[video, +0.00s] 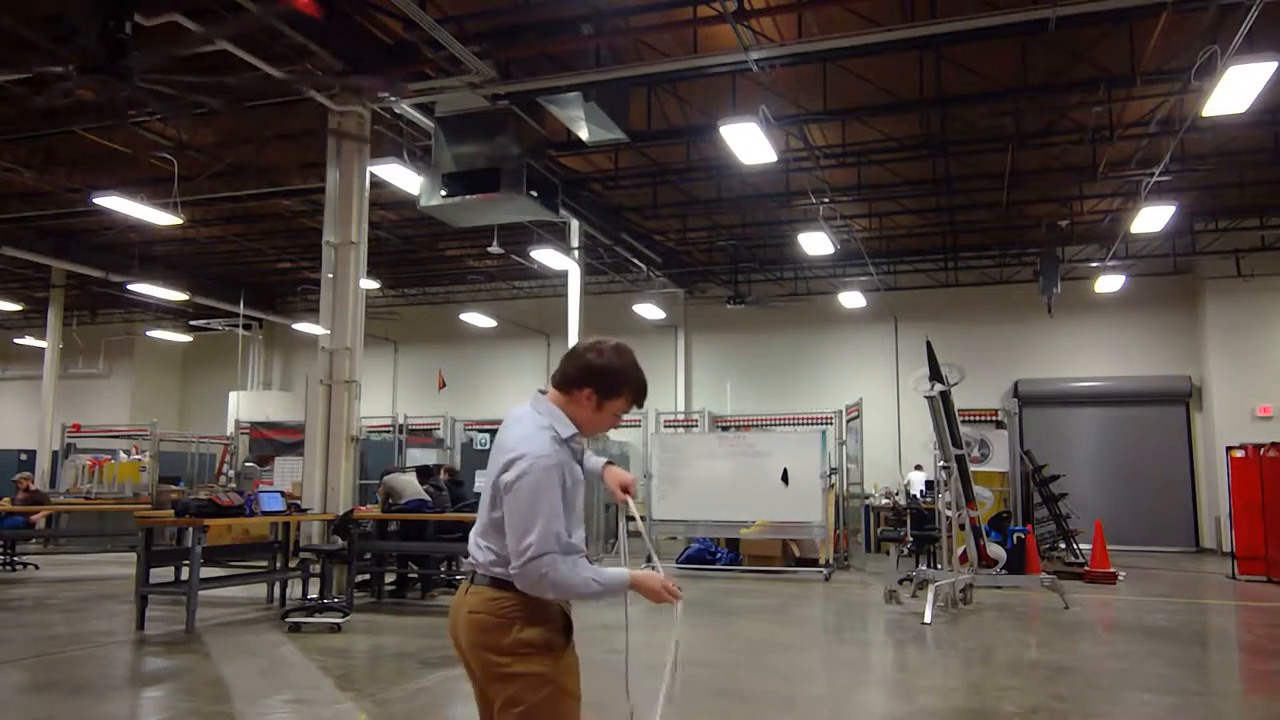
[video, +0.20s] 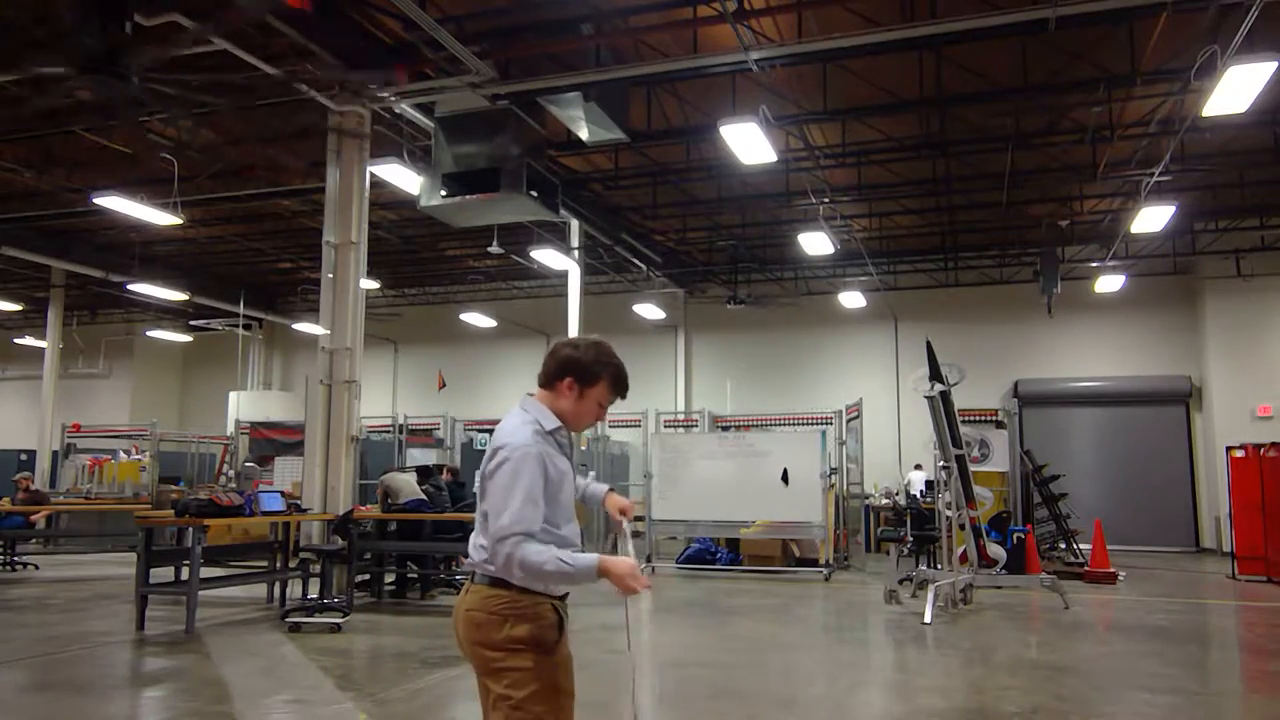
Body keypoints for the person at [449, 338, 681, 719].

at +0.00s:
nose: (616, 425)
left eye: (621, 416)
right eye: (617, 414)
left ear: (583, 396)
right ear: (587, 398)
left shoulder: (527, 420)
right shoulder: (540, 454)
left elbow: (570, 451)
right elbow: (537, 568)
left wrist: (605, 469)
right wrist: (630, 580)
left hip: (482, 600)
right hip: (516, 615)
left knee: (503, 712)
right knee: (543, 712)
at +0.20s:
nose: (602, 417)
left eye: (606, 407)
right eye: (601, 404)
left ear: (567, 388)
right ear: (569, 388)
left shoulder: (539, 434)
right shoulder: (524, 444)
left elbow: (564, 480)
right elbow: (509, 550)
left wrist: (605, 496)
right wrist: (602, 566)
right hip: (513, 612)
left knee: (513, 712)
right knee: (536, 712)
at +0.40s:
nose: (587, 414)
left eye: (593, 405)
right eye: (583, 400)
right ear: (551, 385)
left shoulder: (539, 437)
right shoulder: (518, 439)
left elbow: (547, 507)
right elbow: (494, 535)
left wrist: (592, 518)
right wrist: (560, 564)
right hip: (506, 610)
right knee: (532, 713)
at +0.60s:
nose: (585, 406)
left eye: (591, 398)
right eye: (578, 392)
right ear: (545, 383)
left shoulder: (540, 437)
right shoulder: (519, 437)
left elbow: (541, 515)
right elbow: (499, 520)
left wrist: (583, 534)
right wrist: (542, 570)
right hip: (506, 605)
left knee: (496, 714)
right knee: (552, 712)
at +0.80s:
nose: (615, 408)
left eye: (618, 398)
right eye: (613, 396)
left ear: (583, 390)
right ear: (583, 388)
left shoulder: (543, 436)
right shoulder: (545, 441)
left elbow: (546, 509)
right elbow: (523, 520)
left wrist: (585, 536)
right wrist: (555, 580)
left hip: (488, 588)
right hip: (515, 594)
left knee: (499, 713)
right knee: (552, 713)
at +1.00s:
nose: (632, 417)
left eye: (633, 408)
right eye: (633, 408)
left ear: (585, 399)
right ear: (625, 409)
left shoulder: (557, 439)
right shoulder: (579, 450)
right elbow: (562, 521)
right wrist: (568, 584)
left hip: (490, 585)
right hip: (524, 592)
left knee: (521, 709)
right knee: (552, 711)